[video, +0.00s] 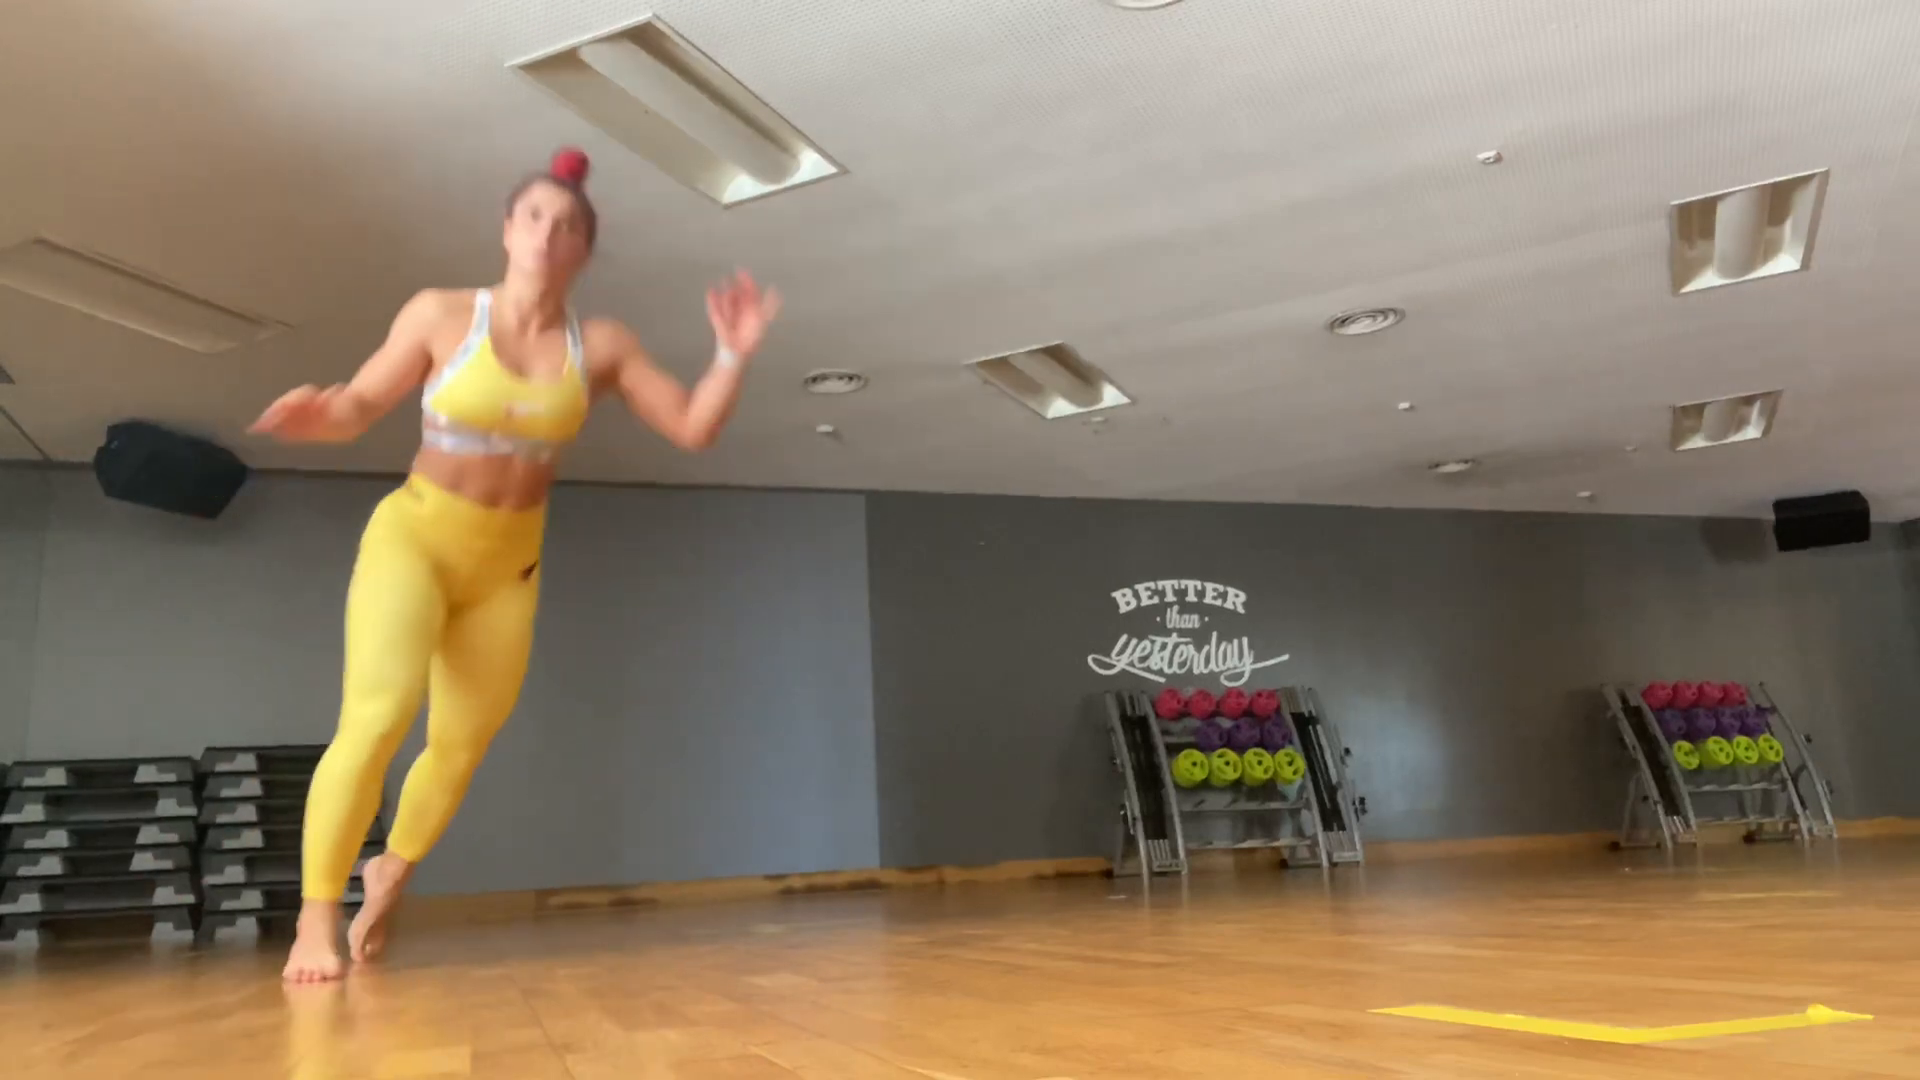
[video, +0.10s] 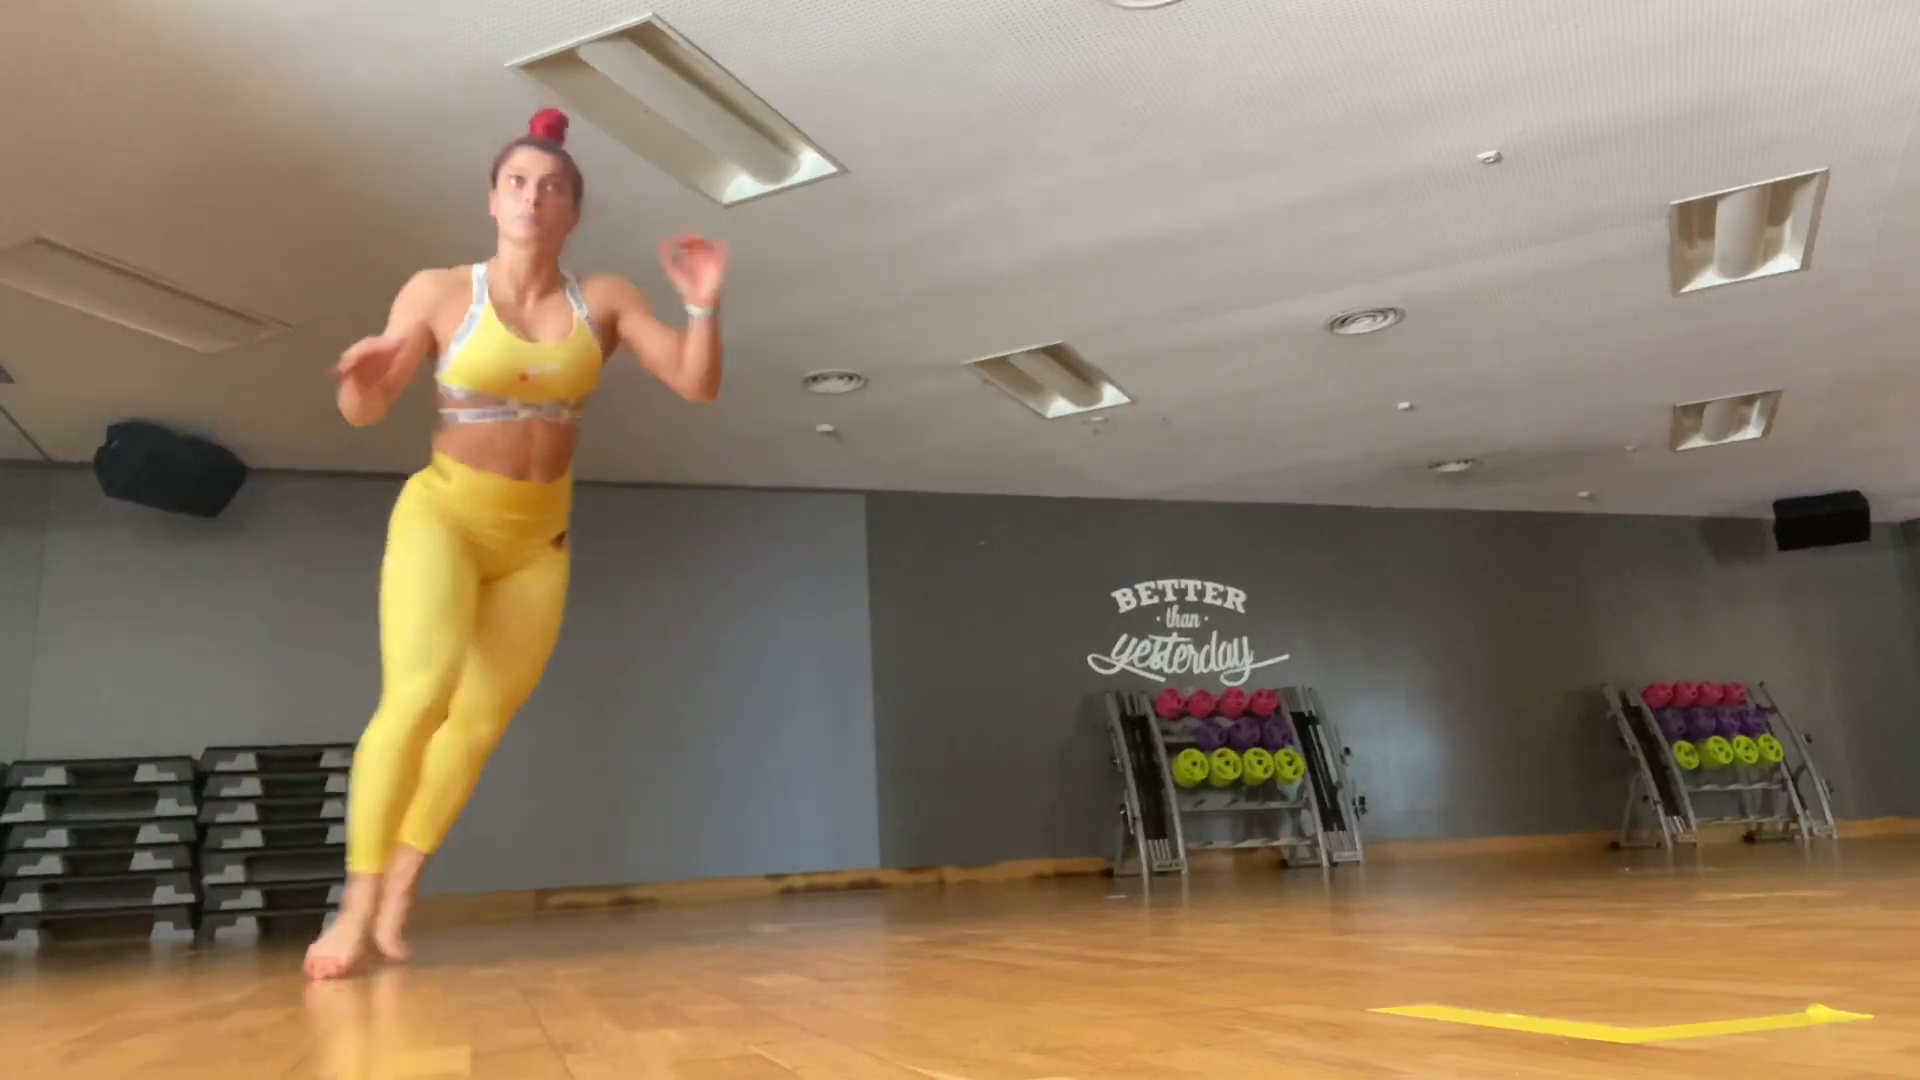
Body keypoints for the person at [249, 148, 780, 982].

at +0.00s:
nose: (546, 230)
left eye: (565, 223)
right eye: (533, 215)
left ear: (584, 252)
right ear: (505, 229)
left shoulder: (601, 344)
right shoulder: (440, 315)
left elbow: (692, 428)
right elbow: (359, 402)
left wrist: (732, 356)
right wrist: (321, 412)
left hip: (509, 567)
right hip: (415, 539)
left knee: (456, 757)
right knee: (375, 717)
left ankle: (387, 880)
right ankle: (316, 918)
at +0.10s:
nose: (533, 194)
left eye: (552, 185)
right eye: (518, 180)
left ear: (574, 211)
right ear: (492, 200)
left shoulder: (603, 298)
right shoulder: (438, 291)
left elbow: (695, 380)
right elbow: (364, 411)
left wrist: (702, 307)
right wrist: (360, 383)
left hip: (537, 542)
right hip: (441, 519)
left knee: (476, 728)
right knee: (418, 694)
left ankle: (399, 882)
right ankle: (357, 901)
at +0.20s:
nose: (523, 206)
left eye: (542, 197)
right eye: (507, 195)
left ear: (568, 227)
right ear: (484, 218)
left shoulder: (603, 311)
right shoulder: (445, 313)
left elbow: (698, 403)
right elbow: (384, 433)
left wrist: (659, 338)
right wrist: (435, 347)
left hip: (575, 548)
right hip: (479, 537)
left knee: (545, 742)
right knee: (467, 707)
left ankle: (443, 887)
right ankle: (447, 911)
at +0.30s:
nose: (533, 239)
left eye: (551, 228)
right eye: (516, 226)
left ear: (576, 258)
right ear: (491, 249)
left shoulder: (609, 343)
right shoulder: (451, 356)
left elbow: (696, 448)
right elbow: (428, 454)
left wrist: (650, 387)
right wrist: (503, 361)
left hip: (600, 565)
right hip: (499, 559)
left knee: (618, 744)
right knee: (475, 716)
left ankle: (520, 886)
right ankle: (448, 923)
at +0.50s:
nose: (670, 290)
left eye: (688, 278)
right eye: (653, 274)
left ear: (706, 305)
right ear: (620, 293)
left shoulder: (726, 386)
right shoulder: (563, 391)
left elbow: (778, 487)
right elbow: (516, 512)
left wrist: (728, 409)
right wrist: (537, 521)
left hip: (691, 591)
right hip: (583, 588)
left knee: (798, 727)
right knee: (522, 727)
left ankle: (862, 879)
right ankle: (459, 926)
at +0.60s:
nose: (766, 318)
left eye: (778, 305)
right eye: (749, 304)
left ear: (793, 324)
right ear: (709, 318)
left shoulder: (797, 408)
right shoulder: (643, 411)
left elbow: (853, 456)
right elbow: (570, 510)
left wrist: (800, 359)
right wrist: (532, 567)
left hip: (738, 624)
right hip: (637, 611)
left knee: (864, 728)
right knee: (562, 747)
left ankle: (983, 866)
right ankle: (466, 927)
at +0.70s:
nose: (893, 333)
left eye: (904, 320)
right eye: (876, 317)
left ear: (919, 340)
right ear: (841, 336)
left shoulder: (930, 425)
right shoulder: (784, 425)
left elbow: (1009, 462)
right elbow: (698, 496)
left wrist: (974, 371)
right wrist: (622, 533)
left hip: (861, 621)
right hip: (762, 609)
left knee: (974, 709)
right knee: (641, 751)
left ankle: (1030, 893)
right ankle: (505, 899)